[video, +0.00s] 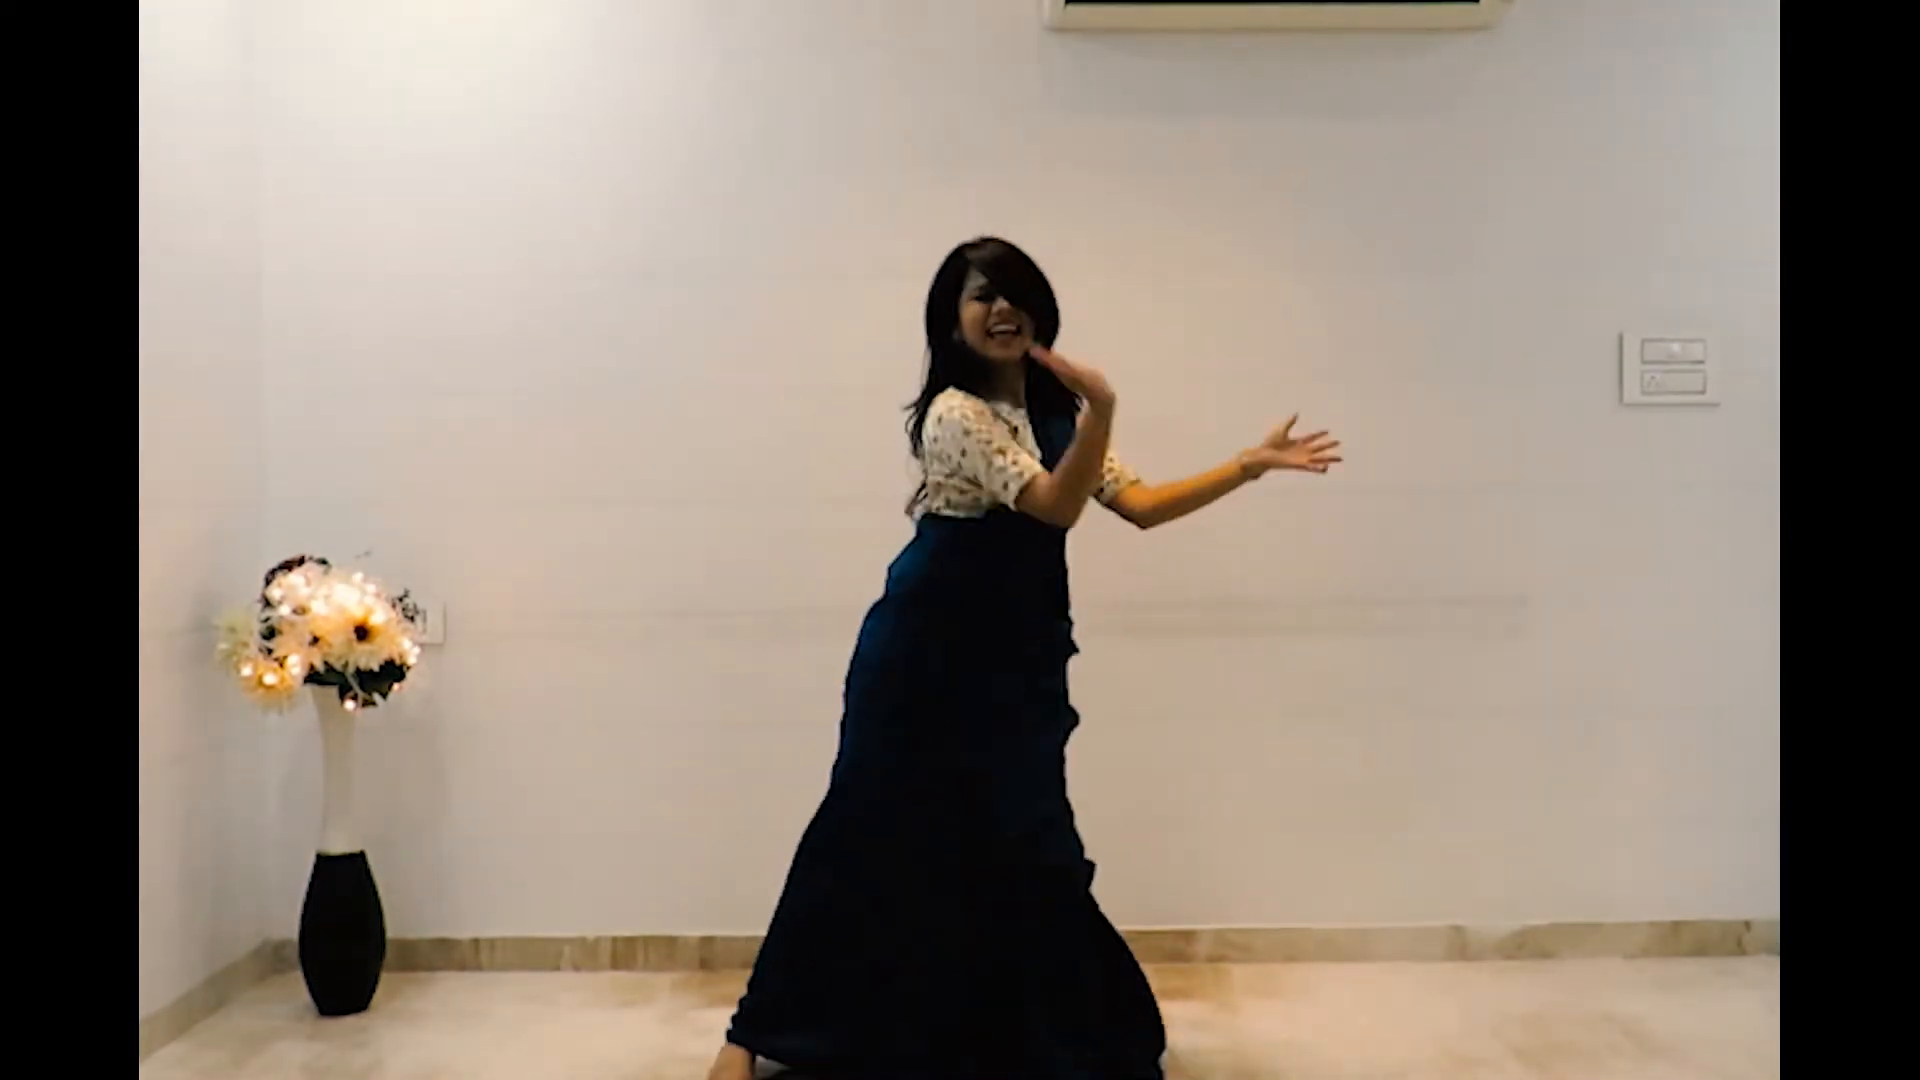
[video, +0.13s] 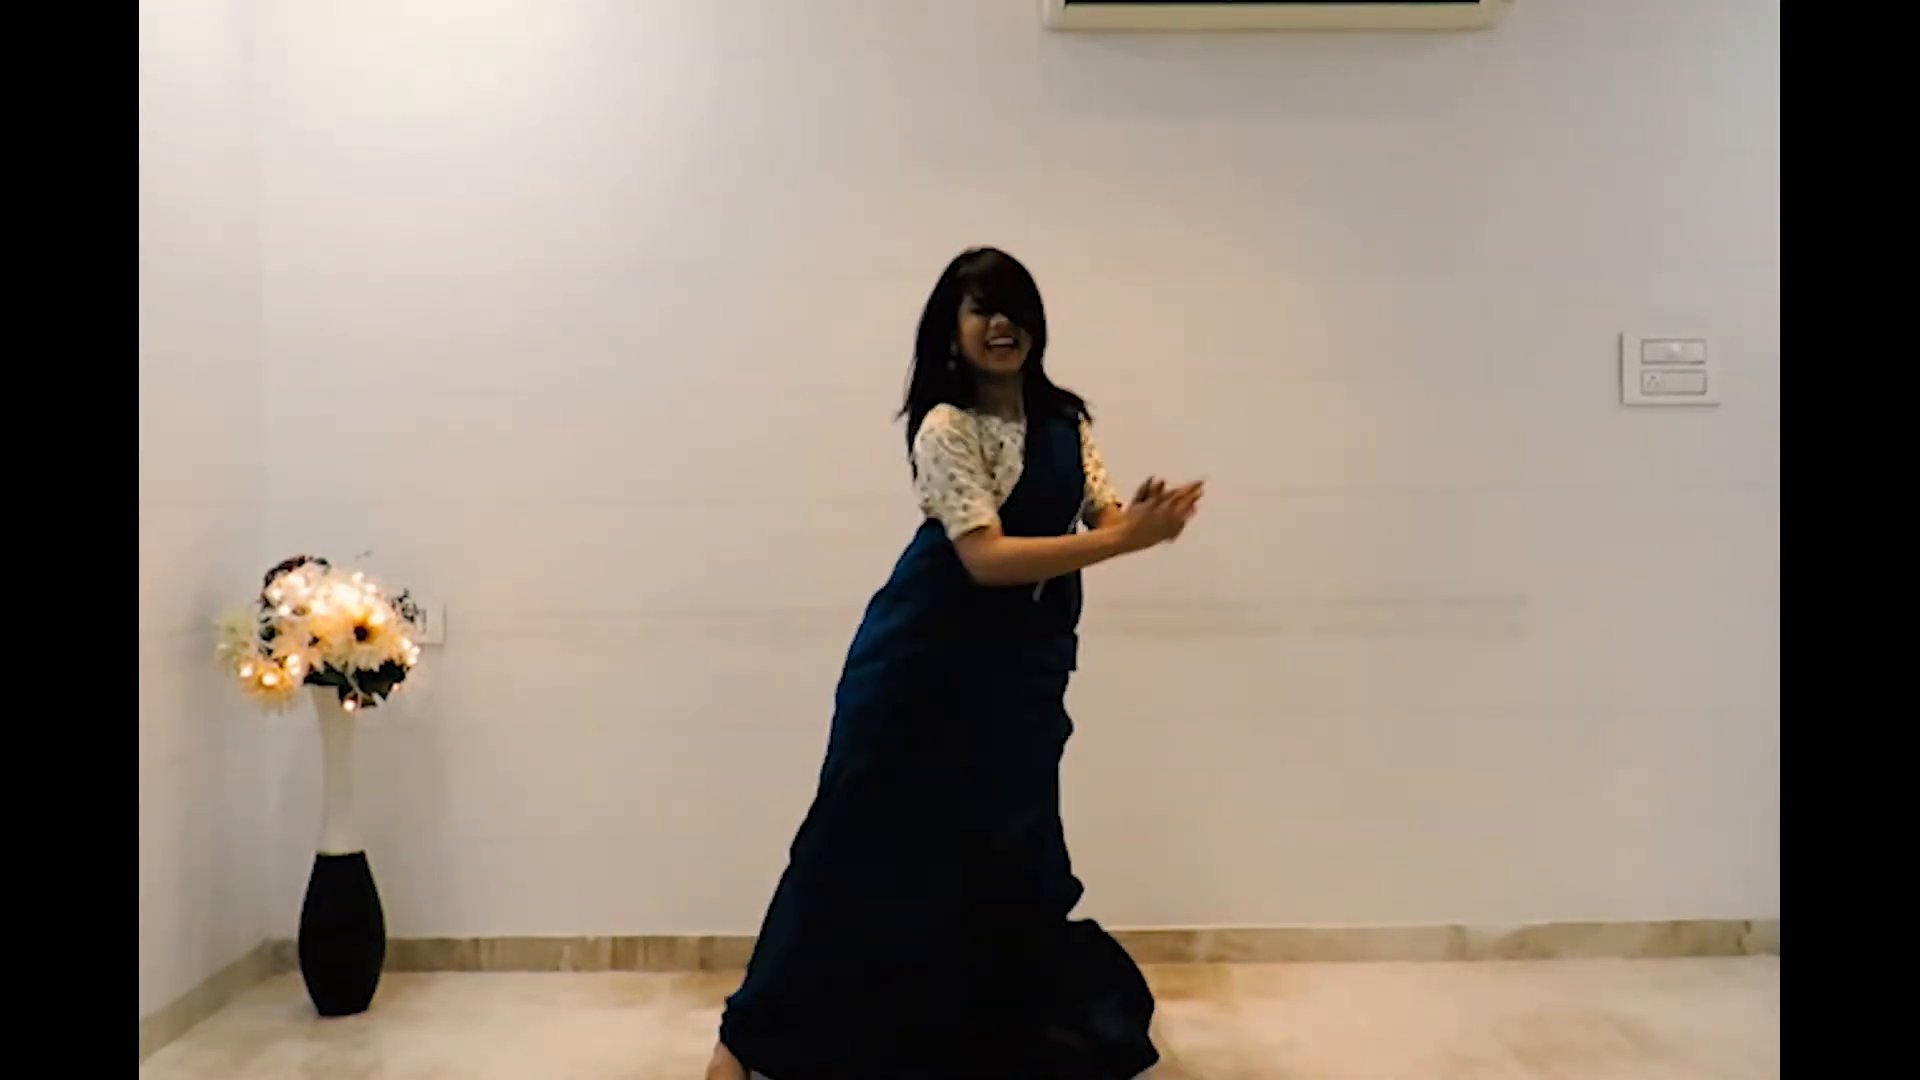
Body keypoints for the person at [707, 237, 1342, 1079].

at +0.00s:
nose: (1004, 308)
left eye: (1017, 295)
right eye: (984, 296)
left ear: (1040, 313)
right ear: (951, 317)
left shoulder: (1055, 414)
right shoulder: (952, 414)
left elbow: (1140, 504)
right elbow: (1054, 504)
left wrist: (1253, 463)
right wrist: (1100, 409)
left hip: (1017, 660)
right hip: (924, 656)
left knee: (1037, 863)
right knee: (863, 844)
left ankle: (1055, 1050)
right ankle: (746, 1045)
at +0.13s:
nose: (1000, 325)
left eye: (1013, 311)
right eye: (981, 312)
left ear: (1035, 324)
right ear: (952, 328)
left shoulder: (1066, 419)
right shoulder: (945, 427)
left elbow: (1101, 522)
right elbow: (985, 557)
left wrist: (1145, 523)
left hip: (1017, 666)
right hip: (920, 661)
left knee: (1010, 850)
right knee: (854, 838)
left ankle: (1000, 1038)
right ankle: (747, 1038)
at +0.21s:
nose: (1007, 303)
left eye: (1024, 290)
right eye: (990, 286)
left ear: (1044, 306)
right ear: (959, 298)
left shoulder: (1078, 401)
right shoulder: (932, 398)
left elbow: (1142, 501)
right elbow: (886, 511)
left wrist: (1117, 537)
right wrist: (1017, 539)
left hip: (1032, 652)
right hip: (926, 649)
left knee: (1023, 844)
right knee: (866, 834)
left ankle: (1013, 1039)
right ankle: (778, 1041)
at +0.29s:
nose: (1032, 267)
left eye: (1048, 258)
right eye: (1020, 249)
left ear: (1063, 277)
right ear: (978, 254)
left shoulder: (1088, 363)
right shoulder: (920, 354)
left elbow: (1181, 455)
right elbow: (804, 430)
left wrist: (1094, 507)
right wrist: (911, 480)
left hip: (1043, 624)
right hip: (937, 617)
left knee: (1022, 821)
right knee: (902, 813)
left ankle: (1013, 1036)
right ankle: (870, 1034)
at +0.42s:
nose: (1049, 245)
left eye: (1067, 242)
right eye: (1036, 226)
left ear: (1071, 268)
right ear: (990, 232)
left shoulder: (1071, 347)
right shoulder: (918, 319)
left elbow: (1179, 396)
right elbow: (777, 336)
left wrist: (1072, 448)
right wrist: (822, 408)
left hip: (1040, 587)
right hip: (942, 591)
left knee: (1060, 793)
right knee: (948, 800)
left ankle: (1105, 995)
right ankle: (956, 1026)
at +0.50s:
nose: (1037, 251)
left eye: (1056, 249)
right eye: (1025, 235)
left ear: (1067, 281)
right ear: (986, 248)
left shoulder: (1055, 348)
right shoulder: (932, 335)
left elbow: (1135, 376)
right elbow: (799, 321)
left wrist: (1030, 439)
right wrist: (810, 397)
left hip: (1035, 590)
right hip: (942, 594)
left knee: (1099, 793)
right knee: (959, 807)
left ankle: (1197, 993)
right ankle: (974, 1022)